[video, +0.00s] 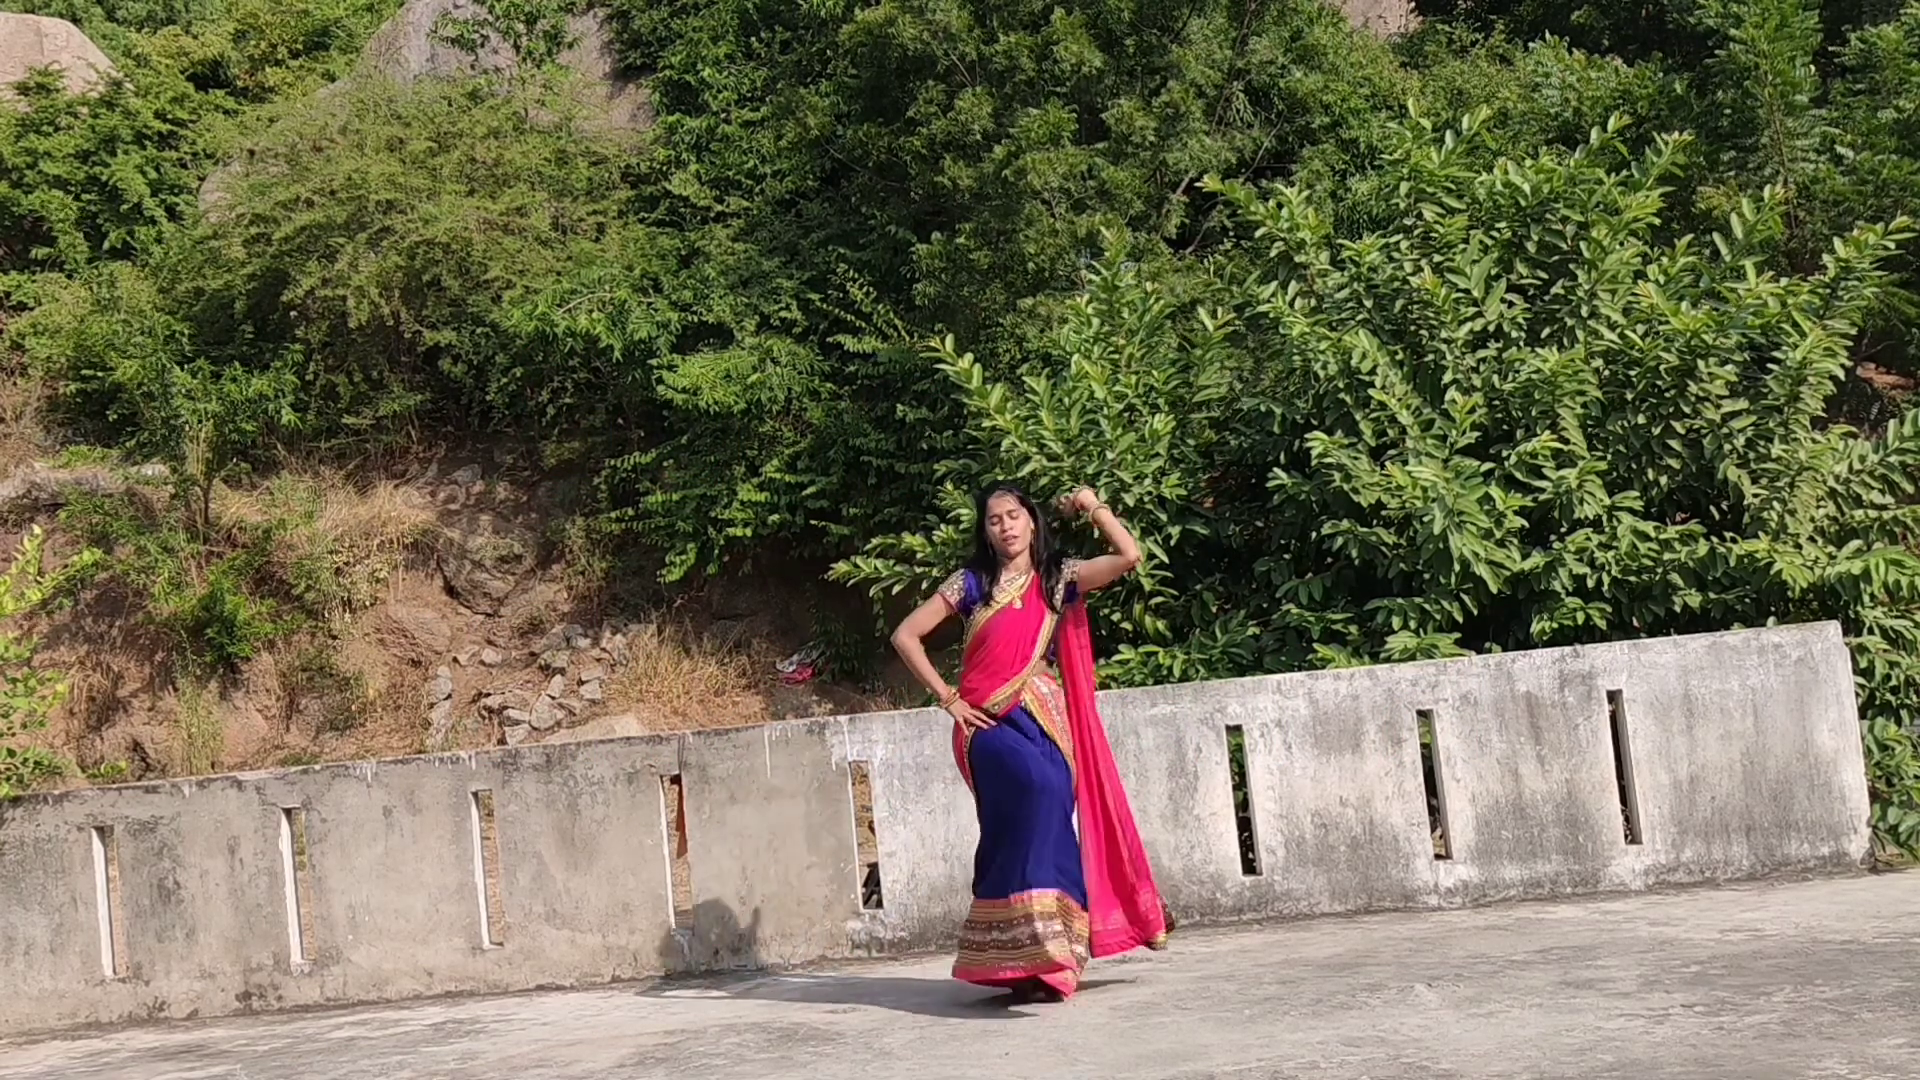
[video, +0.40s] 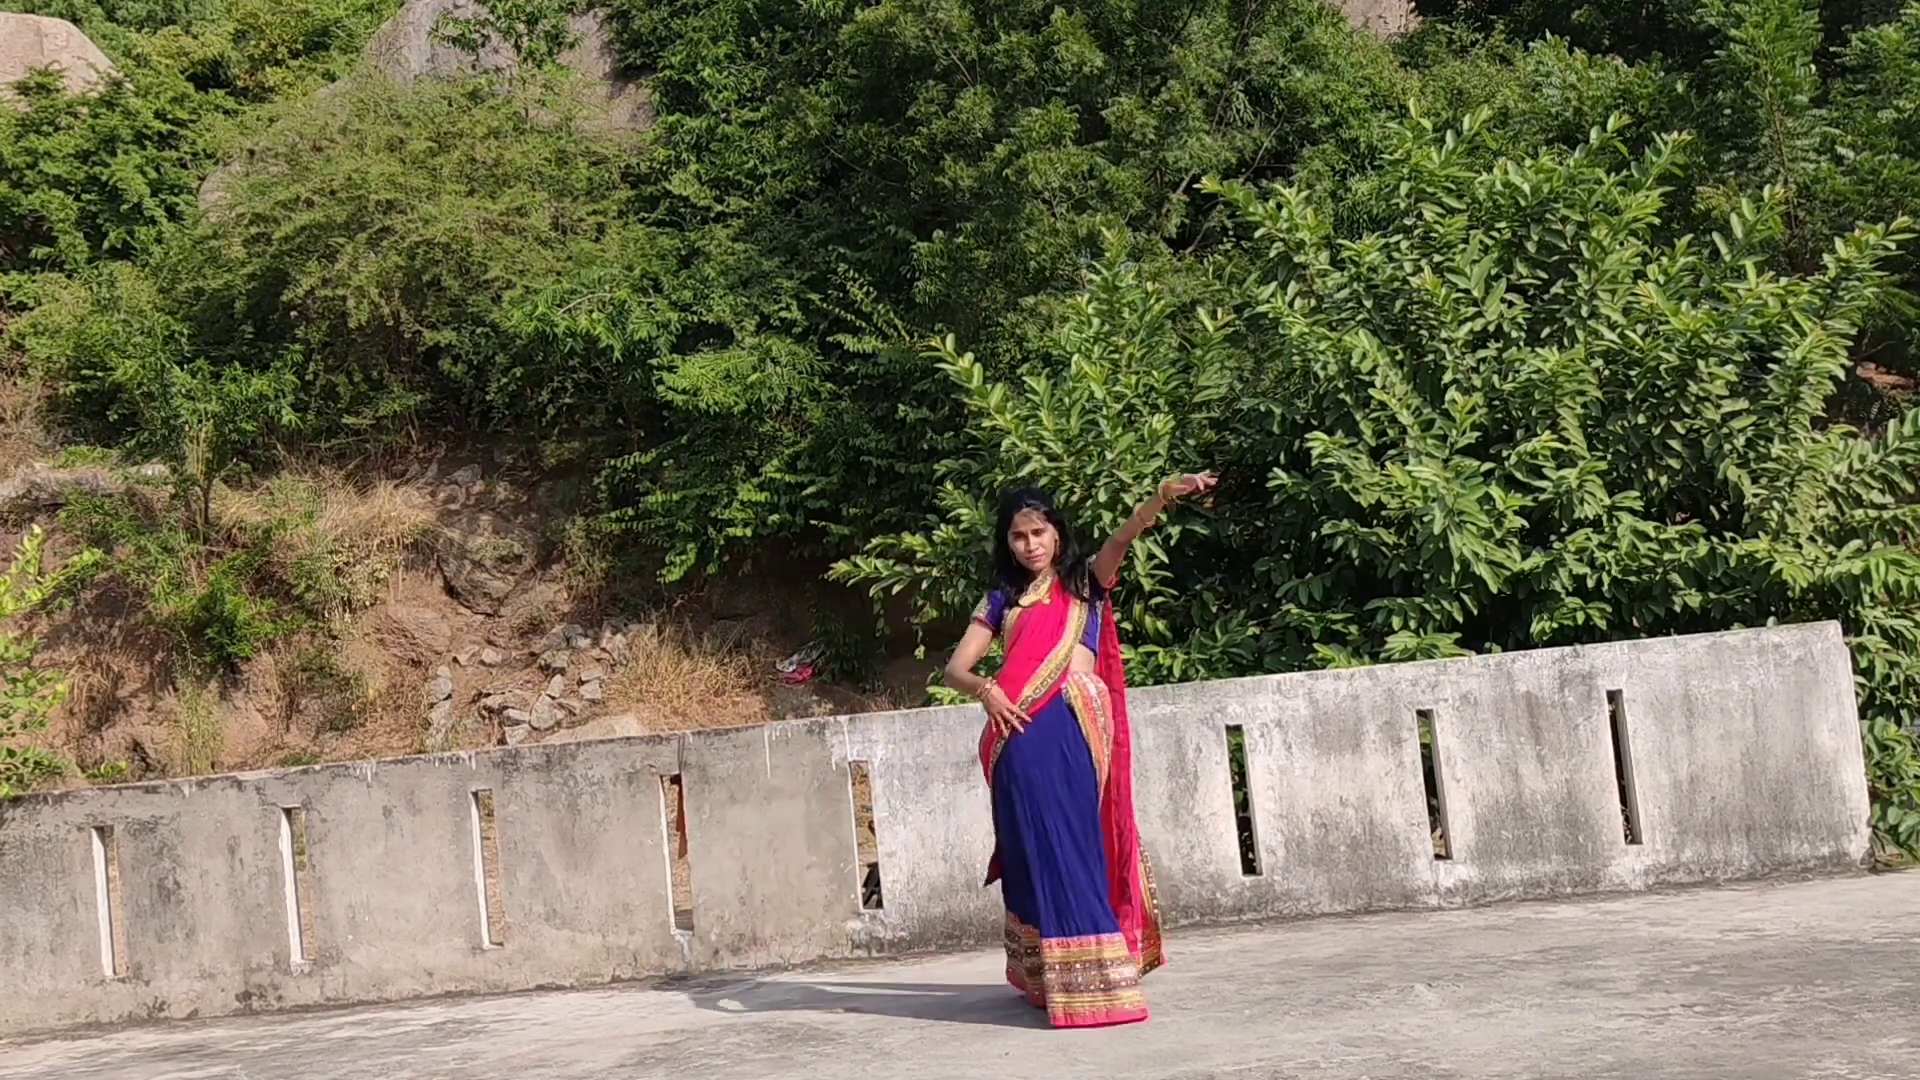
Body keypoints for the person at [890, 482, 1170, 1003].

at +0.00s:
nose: (1005, 526)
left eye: (1012, 515)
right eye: (995, 520)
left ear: (1033, 521)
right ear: (985, 532)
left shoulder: (1057, 578)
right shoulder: (971, 583)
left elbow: (1128, 555)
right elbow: (905, 636)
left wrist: (1096, 506)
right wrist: (945, 696)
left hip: (1038, 712)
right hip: (982, 717)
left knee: (1036, 816)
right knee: (1046, 785)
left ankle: (1028, 960)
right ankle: (1040, 946)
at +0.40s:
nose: (1030, 545)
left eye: (1038, 533)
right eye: (1019, 537)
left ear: (1059, 535)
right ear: (1009, 545)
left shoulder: (1085, 582)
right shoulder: (1002, 601)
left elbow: (1123, 537)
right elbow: (956, 668)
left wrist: (1166, 493)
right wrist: (983, 686)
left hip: (1072, 726)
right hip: (1018, 732)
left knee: (1072, 846)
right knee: (1037, 852)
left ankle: (1088, 979)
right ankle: (1056, 980)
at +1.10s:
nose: (1080, 492)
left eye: (1090, 485)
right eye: (1068, 485)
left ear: (1106, 501)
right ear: (1052, 502)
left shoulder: (1113, 571)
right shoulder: (1040, 562)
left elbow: (1134, 655)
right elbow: (1023, 651)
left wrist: (1159, 738)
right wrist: (1059, 735)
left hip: (1134, 731)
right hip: (1080, 737)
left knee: (1143, 863)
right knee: (1095, 868)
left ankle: (1143, 1011)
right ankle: (1103, 1012)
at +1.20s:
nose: (1084, 483)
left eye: (1094, 476)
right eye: (1072, 477)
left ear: (1113, 494)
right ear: (1058, 497)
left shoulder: (1127, 565)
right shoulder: (1042, 557)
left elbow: (1153, 653)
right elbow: (1015, 645)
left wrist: (1198, 731)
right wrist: (1056, 725)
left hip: (1134, 729)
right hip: (1075, 734)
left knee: (1144, 863)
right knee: (1104, 865)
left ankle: (1143, 1017)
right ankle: (1103, 1013)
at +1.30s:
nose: (1086, 481)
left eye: (1096, 473)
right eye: (1074, 476)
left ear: (1117, 491)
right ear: (1061, 496)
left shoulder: (1137, 562)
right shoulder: (1042, 560)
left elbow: (1174, 646)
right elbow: (1002, 641)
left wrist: (1225, 717)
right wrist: (1044, 709)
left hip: (1137, 728)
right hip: (1075, 733)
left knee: (1141, 863)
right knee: (1101, 868)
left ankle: (1137, 1018)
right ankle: (1117, 1024)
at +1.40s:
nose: (1087, 483)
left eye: (1098, 476)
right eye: (1076, 477)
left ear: (1119, 494)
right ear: (1062, 496)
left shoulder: (1139, 562)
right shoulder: (1043, 566)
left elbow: (1183, 637)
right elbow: (996, 634)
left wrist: (1235, 699)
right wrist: (1025, 695)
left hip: (1135, 736)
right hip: (1069, 740)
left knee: (1144, 874)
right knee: (1095, 877)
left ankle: (1149, 1035)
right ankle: (1122, 1037)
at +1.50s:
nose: (1084, 483)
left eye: (1096, 475)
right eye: (1073, 477)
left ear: (1120, 493)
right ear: (1061, 497)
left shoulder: (1143, 560)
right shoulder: (1044, 567)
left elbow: (1185, 635)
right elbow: (994, 635)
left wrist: (1232, 697)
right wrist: (1016, 690)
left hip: (1143, 746)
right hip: (1071, 751)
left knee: (1161, 881)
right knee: (1088, 888)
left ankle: (1169, 1031)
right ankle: (1109, 1037)